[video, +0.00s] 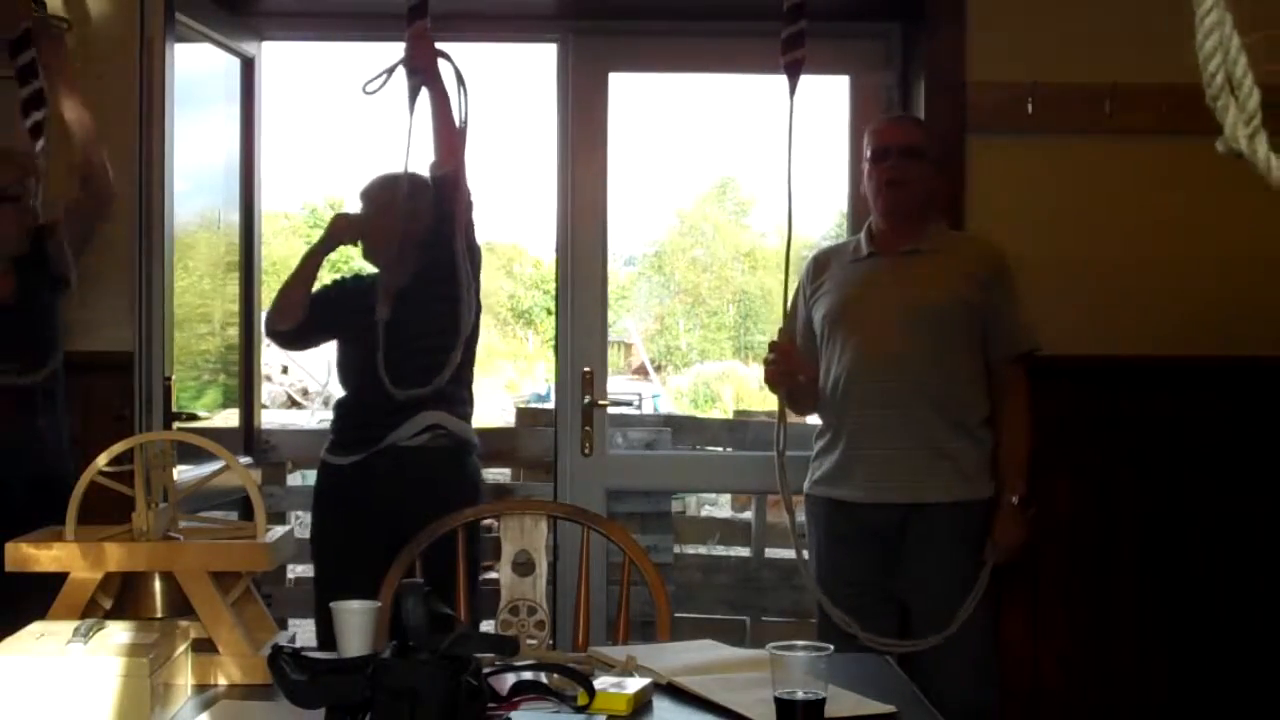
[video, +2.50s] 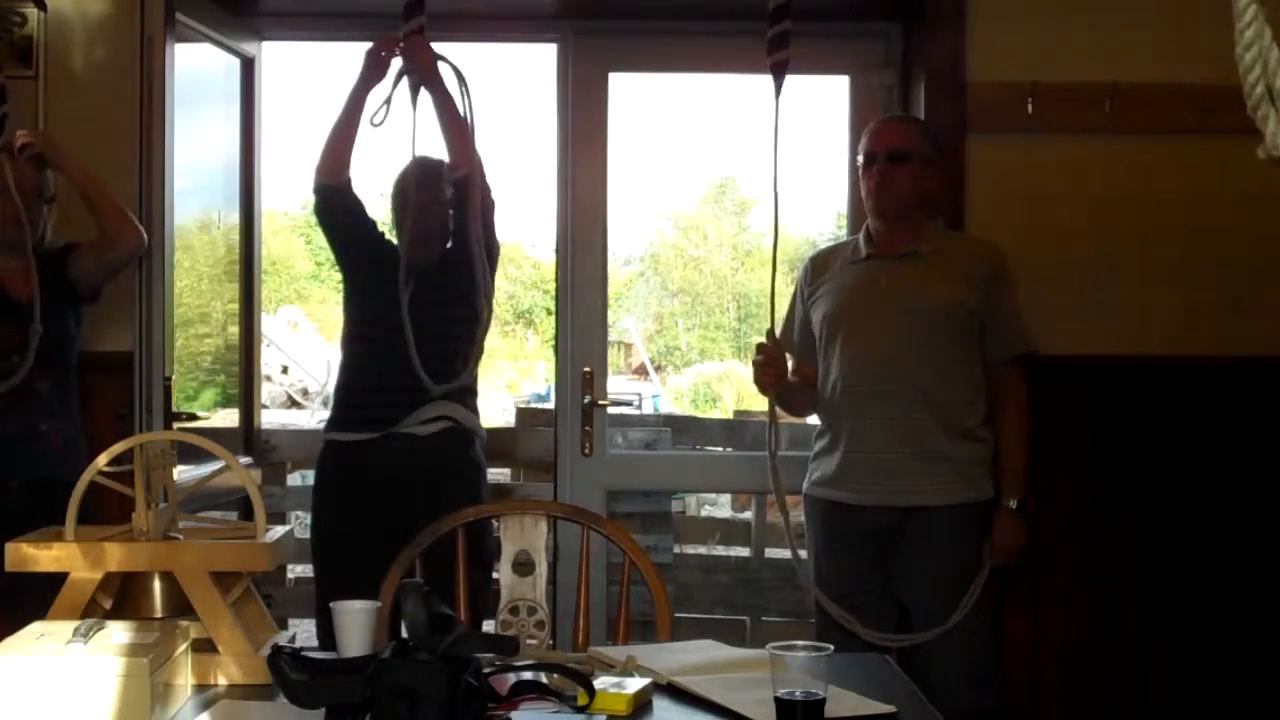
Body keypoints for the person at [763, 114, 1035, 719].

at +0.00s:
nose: (892, 168)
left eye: (909, 156)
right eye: (879, 157)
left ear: (935, 173)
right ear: (863, 175)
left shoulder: (976, 262)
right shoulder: (824, 268)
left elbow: (1010, 386)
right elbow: (809, 397)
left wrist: (1012, 498)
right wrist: (787, 380)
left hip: (950, 506)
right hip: (842, 505)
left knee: (953, 679)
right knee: (854, 677)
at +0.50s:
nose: (902, 167)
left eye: (918, 156)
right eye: (888, 156)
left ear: (941, 172)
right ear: (868, 174)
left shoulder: (982, 263)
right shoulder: (825, 266)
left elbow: (1013, 390)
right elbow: (808, 391)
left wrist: (1014, 503)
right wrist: (782, 381)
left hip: (952, 506)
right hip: (843, 505)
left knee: (953, 682)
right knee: (854, 678)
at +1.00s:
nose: (912, 169)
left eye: (926, 157)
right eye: (894, 158)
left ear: (944, 172)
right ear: (866, 178)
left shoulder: (981, 263)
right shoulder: (823, 266)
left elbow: (1013, 387)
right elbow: (807, 394)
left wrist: (1015, 500)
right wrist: (787, 380)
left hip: (951, 506)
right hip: (843, 505)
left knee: (954, 681)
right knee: (855, 676)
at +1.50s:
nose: (918, 171)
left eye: (929, 159)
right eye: (900, 160)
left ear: (943, 172)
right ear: (866, 178)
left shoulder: (983, 264)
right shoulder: (823, 268)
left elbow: (1012, 389)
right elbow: (806, 393)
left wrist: (1015, 503)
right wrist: (784, 382)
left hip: (953, 509)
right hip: (843, 506)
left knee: (952, 681)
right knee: (853, 678)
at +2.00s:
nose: (900, 173)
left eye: (917, 160)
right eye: (884, 161)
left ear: (939, 175)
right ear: (862, 177)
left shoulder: (979, 264)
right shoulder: (822, 269)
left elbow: (1010, 389)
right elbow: (805, 397)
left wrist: (1016, 503)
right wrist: (787, 384)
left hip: (952, 509)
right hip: (842, 508)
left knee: (953, 684)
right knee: (853, 681)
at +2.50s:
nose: (879, 171)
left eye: (898, 158)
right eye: (869, 160)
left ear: (933, 175)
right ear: (857, 177)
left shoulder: (977, 264)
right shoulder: (821, 269)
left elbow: (1009, 387)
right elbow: (810, 394)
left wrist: (1011, 502)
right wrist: (779, 386)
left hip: (948, 508)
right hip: (841, 507)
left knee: (951, 682)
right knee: (852, 679)